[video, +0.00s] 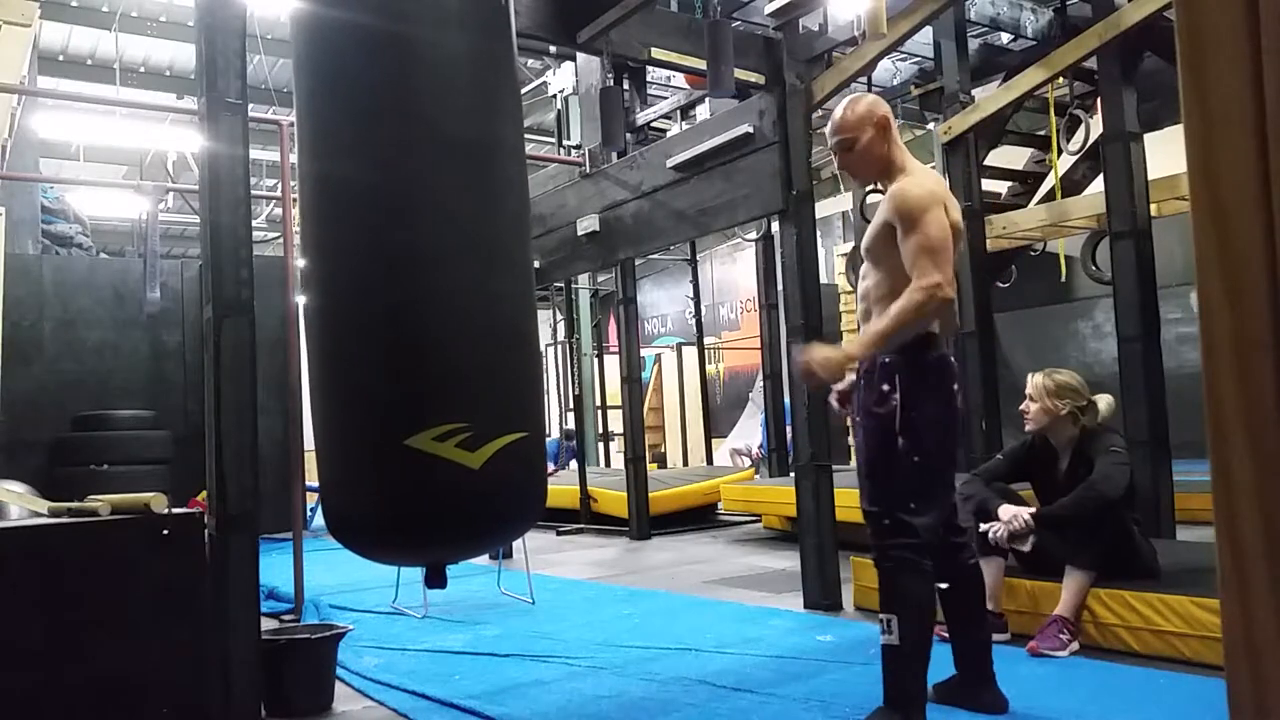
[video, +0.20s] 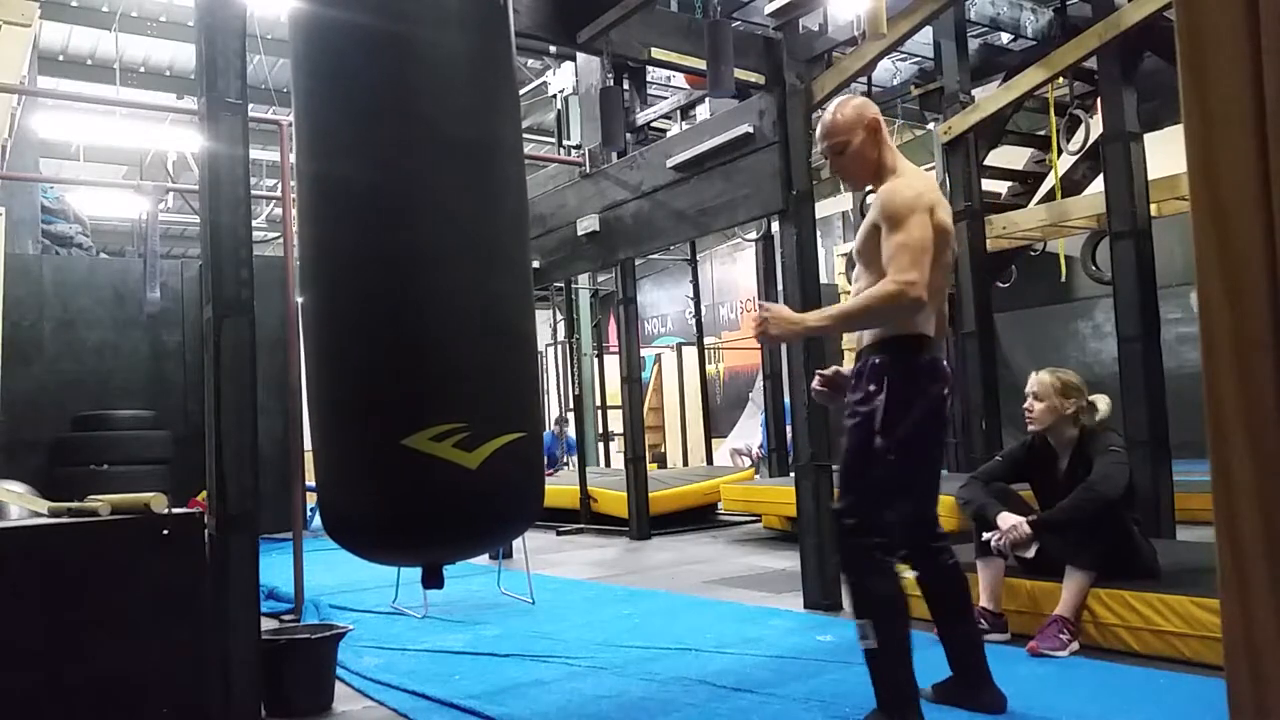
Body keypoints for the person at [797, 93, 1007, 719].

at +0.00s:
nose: (836, 160)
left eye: (843, 145)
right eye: (833, 148)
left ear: (881, 132)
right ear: (879, 137)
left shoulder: (915, 191)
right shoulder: (907, 193)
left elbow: (933, 288)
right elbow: (899, 302)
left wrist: (850, 353)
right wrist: (863, 378)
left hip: (906, 378)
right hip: (913, 375)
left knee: (897, 537)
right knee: (942, 527)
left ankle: (902, 704)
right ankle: (975, 678)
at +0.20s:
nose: (831, 166)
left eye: (838, 150)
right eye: (826, 155)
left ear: (877, 133)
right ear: (872, 139)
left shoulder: (902, 193)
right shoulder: (909, 194)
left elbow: (907, 288)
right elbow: (923, 316)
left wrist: (803, 321)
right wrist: (856, 371)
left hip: (896, 377)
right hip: (910, 376)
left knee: (860, 537)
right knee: (919, 534)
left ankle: (896, 704)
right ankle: (974, 679)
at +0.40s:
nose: (820, 144)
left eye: (824, 128)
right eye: (815, 133)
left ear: (862, 115)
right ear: (870, 117)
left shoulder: (874, 176)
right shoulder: (913, 179)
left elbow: (888, 258)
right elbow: (945, 298)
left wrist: (784, 264)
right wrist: (851, 327)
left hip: (873, 361)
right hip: (912, 358)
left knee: (849, 534)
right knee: (909, 520)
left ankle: (891, 700)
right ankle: (961, 671)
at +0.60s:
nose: (815, 141)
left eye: (823, 125)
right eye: (809, 131)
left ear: (864, 115)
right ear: (872, 126)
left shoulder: (867, 179)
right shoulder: (916, 192)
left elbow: (854, 254)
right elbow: (959, 296)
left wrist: (752, 230)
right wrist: (870, 331)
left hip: (873, 367)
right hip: (916, 367)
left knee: (840, 542)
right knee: (902, 544)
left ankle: (891, 703)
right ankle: (943, 700)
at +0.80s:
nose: (823, 146)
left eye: (833, 131)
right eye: (820, 134)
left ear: (872, 125)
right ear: (881, 133)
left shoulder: (871, 182)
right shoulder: (920, 190)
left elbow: (865, 267)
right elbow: (958, 306)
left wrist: (760, 292)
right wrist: (861, 337)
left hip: (880, 376)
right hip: (921, 372)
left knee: (863, 556)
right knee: (909, 543)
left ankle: (902, 709)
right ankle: (967, 685)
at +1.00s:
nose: (840, 155)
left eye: (849, 141)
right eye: (836, 143)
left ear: (887, 133)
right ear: (892, 138)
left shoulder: (892, 196)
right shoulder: (932, 195)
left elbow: (895, 300)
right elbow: (954, 308)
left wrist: (858, 395)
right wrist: (861, 343)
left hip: (902, 373)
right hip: (938, 370)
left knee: (873, 546)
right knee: (936, 533)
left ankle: (901, 706)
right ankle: (987, 681)